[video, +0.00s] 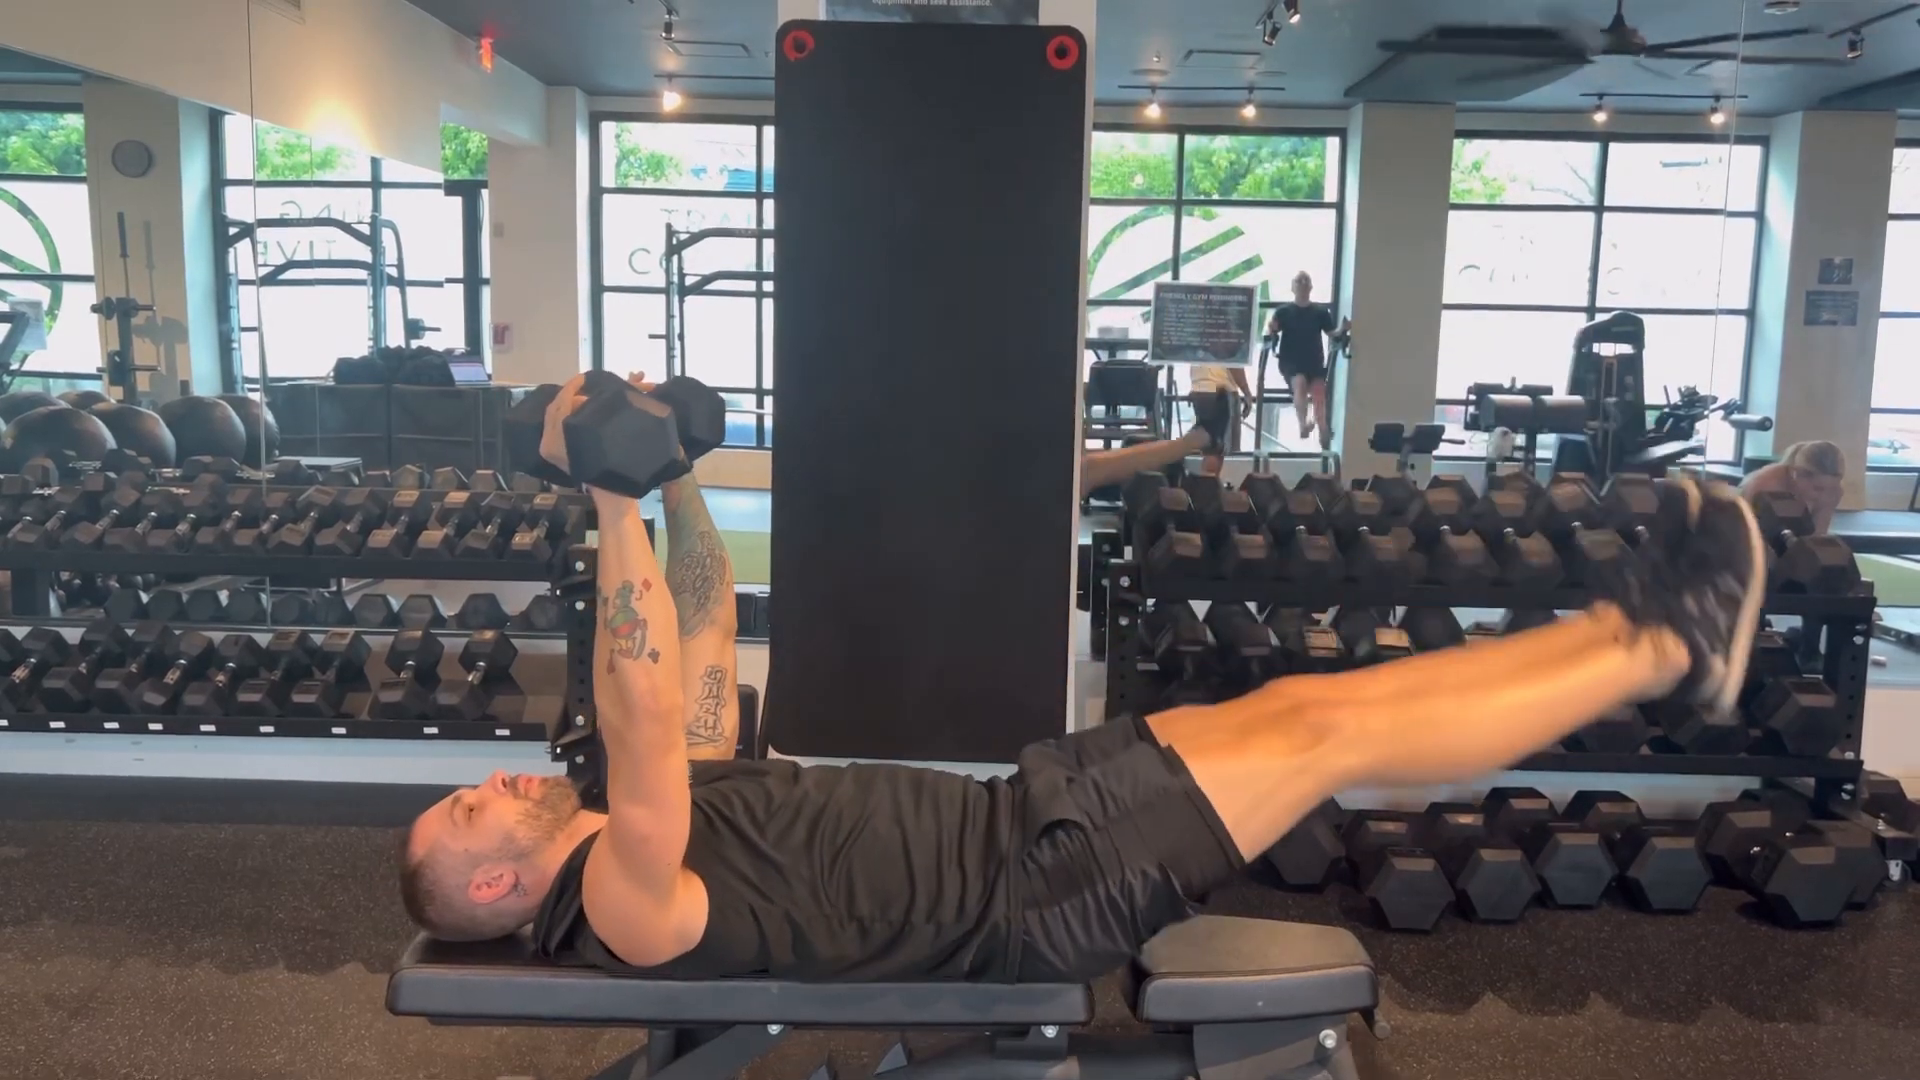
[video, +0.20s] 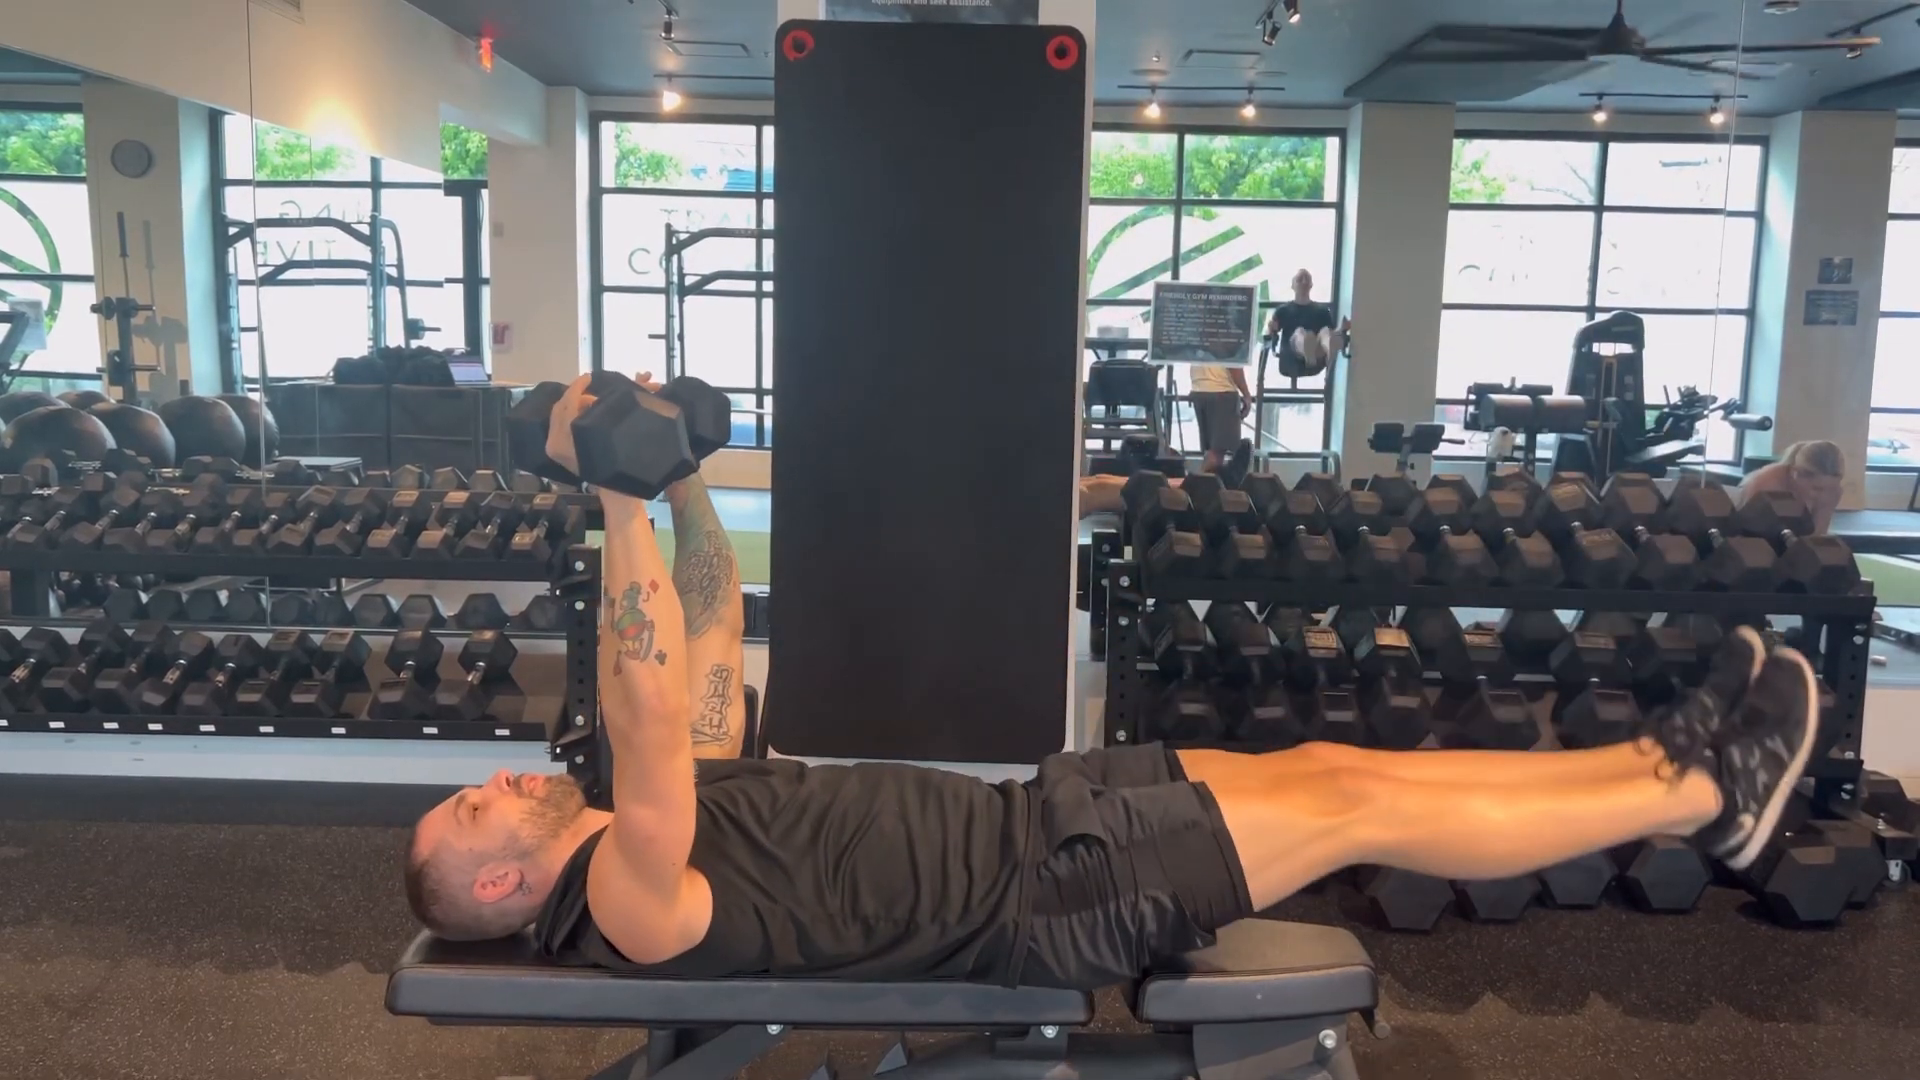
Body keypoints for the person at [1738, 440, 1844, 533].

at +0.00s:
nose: (1823, 496)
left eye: (1830, 489)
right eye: (1818, 489)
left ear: (1837, 482)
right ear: (1795, 474)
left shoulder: (1833, 492)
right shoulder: (1761, 486)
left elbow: (1817, 539)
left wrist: (1827, 509)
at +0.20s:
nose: (1823, 496)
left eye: (1829, 489)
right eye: (1817, 489)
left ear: (1837, 482)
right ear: (1794, 474)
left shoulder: (1833, 490)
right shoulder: (1765, 485)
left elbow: (1816, 541)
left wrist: (1826, 509)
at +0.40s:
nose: (1822, 496)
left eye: (1828, 489)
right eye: (1817, 490)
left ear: (1836, 483)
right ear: (1794, 474)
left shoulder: (1833, 490)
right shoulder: (1764, 485)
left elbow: (1816, 540)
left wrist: (1826, 509)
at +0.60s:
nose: (1822, 498)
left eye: (1829, 491)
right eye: (1817, 491)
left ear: (1837, 484)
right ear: (1795, 476)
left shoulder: (1832, 492)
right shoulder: (1765, 487)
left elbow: (1815, 541)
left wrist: (1825, 510)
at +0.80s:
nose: (1822, 500)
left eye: (1828, 494)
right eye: (1817, 494)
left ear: (1837, 488)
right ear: (1795, 479)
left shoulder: (1833, 495)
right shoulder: (1766, 491)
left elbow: (1814, 546)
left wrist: (1825, 513)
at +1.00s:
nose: (1821, 503)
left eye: (1827, 496)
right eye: (1816, 496)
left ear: (1836, 489)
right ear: (1794, 480)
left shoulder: (1833, 497)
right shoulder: (1763, 494)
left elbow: (1815, 545)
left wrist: (1825, 515)